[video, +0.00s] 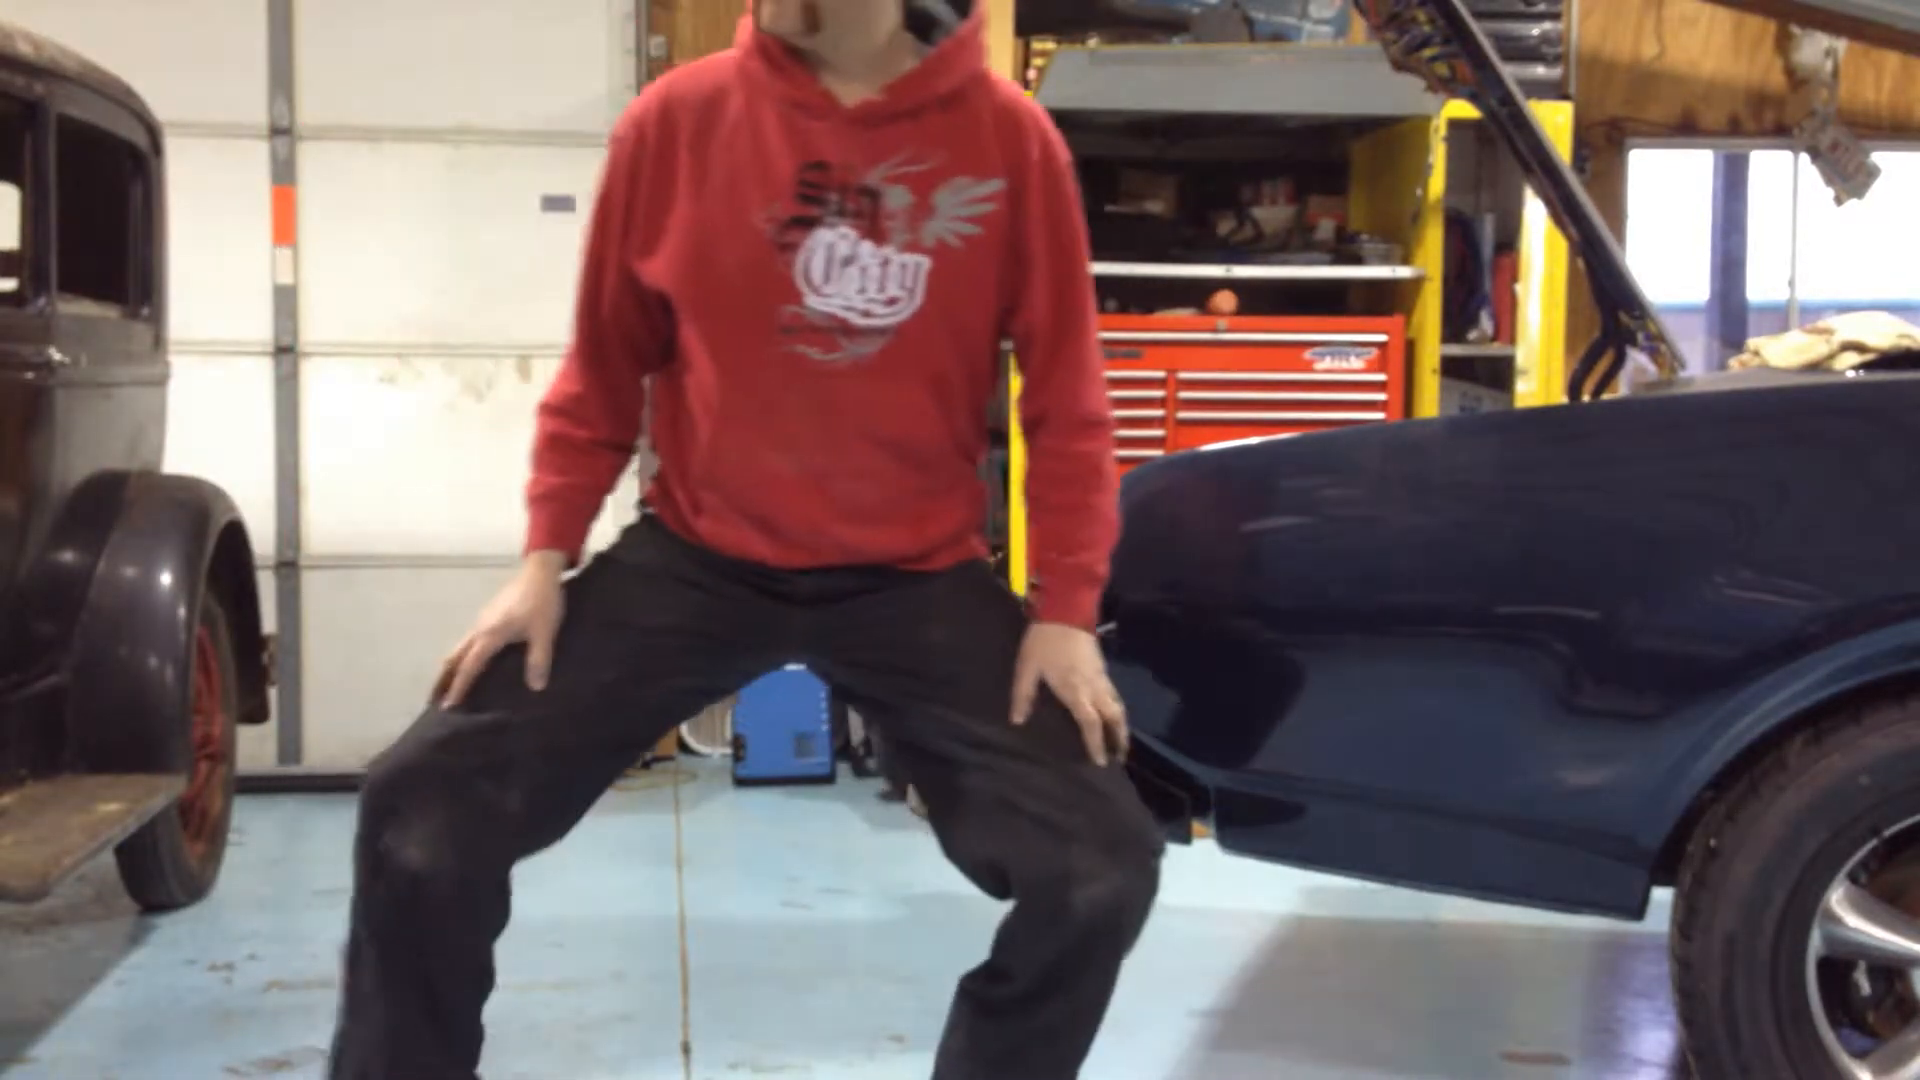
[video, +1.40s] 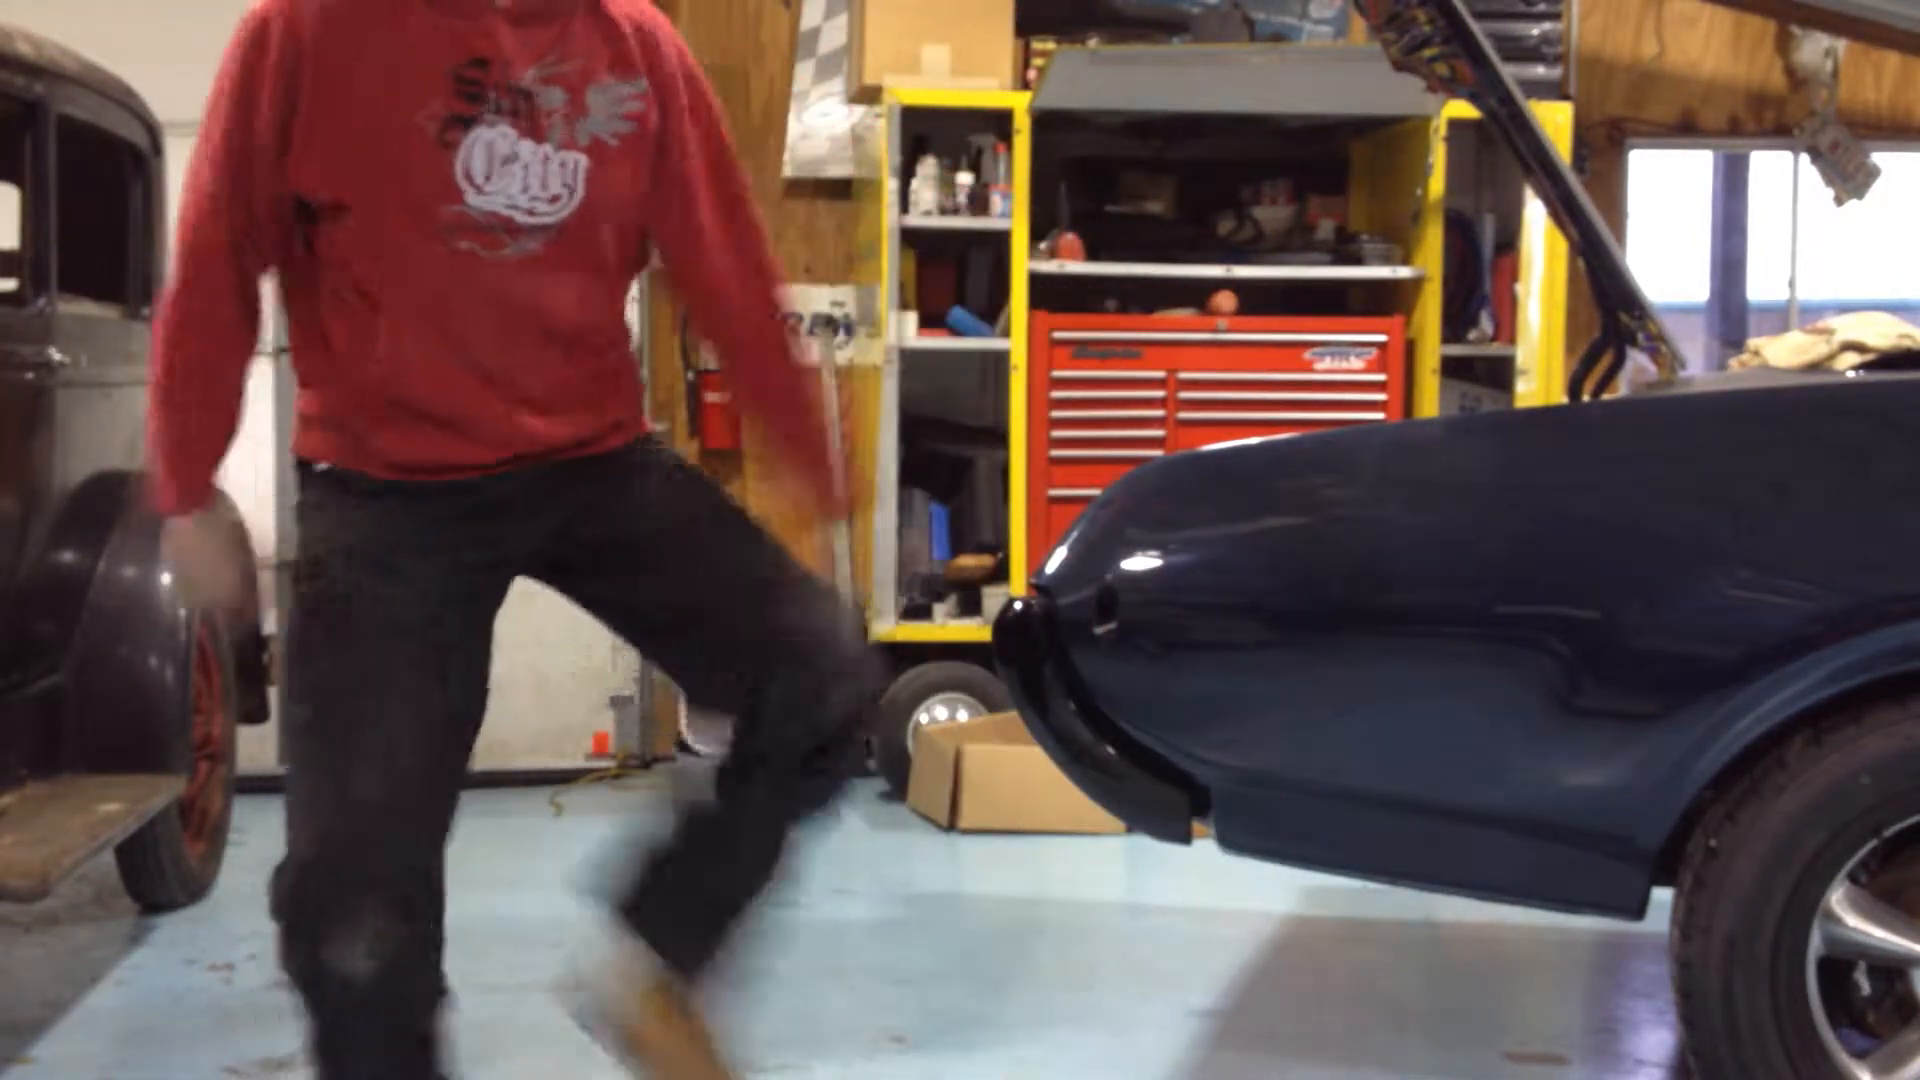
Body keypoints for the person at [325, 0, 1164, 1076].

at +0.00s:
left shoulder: (1011, 140)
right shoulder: (675, 123)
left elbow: (1068, 393)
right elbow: (603, 361)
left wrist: (1066, 611)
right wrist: (545, 556)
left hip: (916, 581)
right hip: (694, 562)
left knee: (1101, 862)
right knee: (423, 809)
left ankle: (985, 1075)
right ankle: (401, 1072)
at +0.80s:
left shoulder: (827, 110)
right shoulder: (499, 100)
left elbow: (908, 352)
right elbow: (429, 342)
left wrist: (932, 560)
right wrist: (396, 556)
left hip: (758, 551)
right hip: (536, 556)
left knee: (995, 810)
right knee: (351, 883)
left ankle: (990, 1065)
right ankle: (419, 1070)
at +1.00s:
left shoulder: (713, 55)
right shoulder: (375, 41)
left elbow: (845, 254)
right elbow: (265, 272)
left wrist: (924, 465)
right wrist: (260, 497)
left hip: (651, 500)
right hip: (433, 513)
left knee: (876, 780)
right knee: (351, 896)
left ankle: (893, 1067)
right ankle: (413, 1073)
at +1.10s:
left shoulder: (687, 36)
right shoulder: (342, 25)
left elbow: (837, 193)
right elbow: (258, 259)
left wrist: (1008, 354)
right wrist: (215, 489)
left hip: (607, 484)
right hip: (404, 487)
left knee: (789, 762)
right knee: (380, 905)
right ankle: (351, 1029)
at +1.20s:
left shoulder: (663, 32)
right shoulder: (316, 28)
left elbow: (825, 149)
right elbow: (240, 254)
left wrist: (1026, 267)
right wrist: (235, 485)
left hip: (586, 473)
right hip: (383, 479)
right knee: (375, 880)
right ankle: (295, 1059)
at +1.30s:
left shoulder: (649, 39)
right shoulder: (300, 28)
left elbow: (778, 202)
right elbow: (215, 246)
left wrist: (961, 310)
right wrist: (261, 452)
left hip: (584, 463)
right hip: (383, 480)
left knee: (815, 658)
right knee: (374, 861)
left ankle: (564, 925)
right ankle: (309, 1064)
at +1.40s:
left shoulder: (631, 41)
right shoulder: (307, 28)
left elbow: (725, 263)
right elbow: (212, 260)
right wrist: (185, 489)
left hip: (596, 468)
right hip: (387, 491)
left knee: (821, 682)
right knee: (355, 908)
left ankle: (657, 953)